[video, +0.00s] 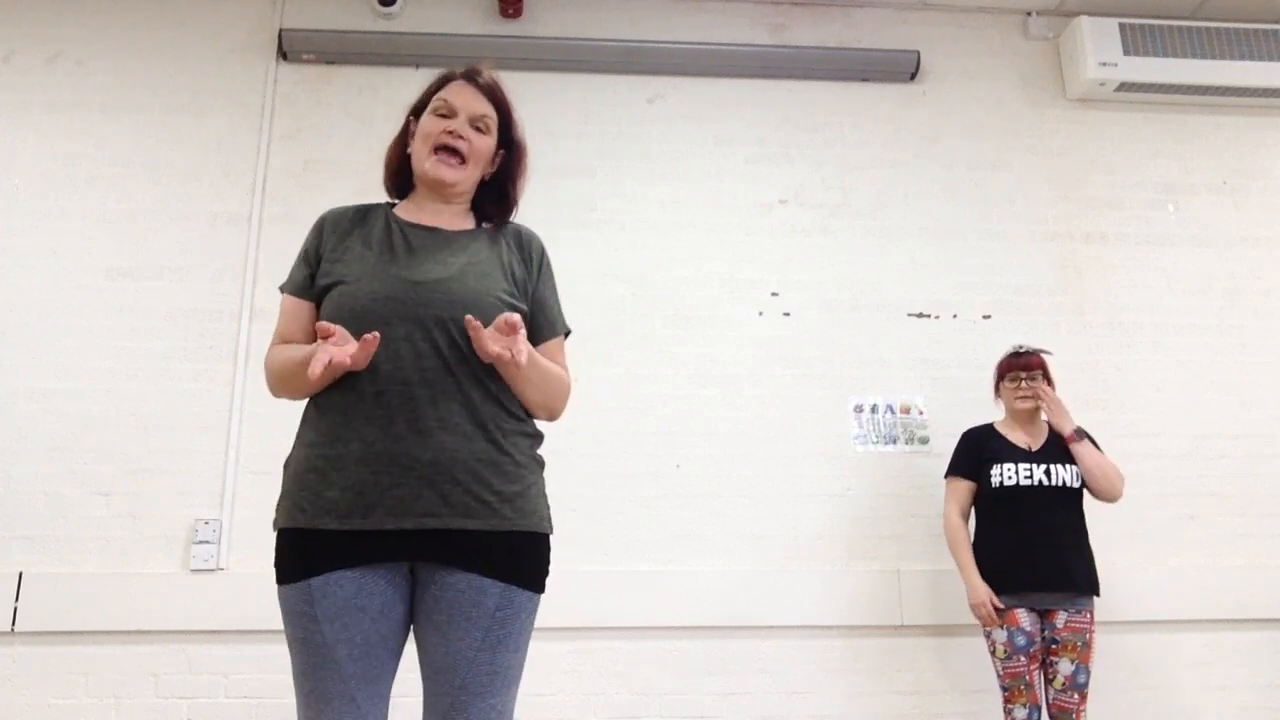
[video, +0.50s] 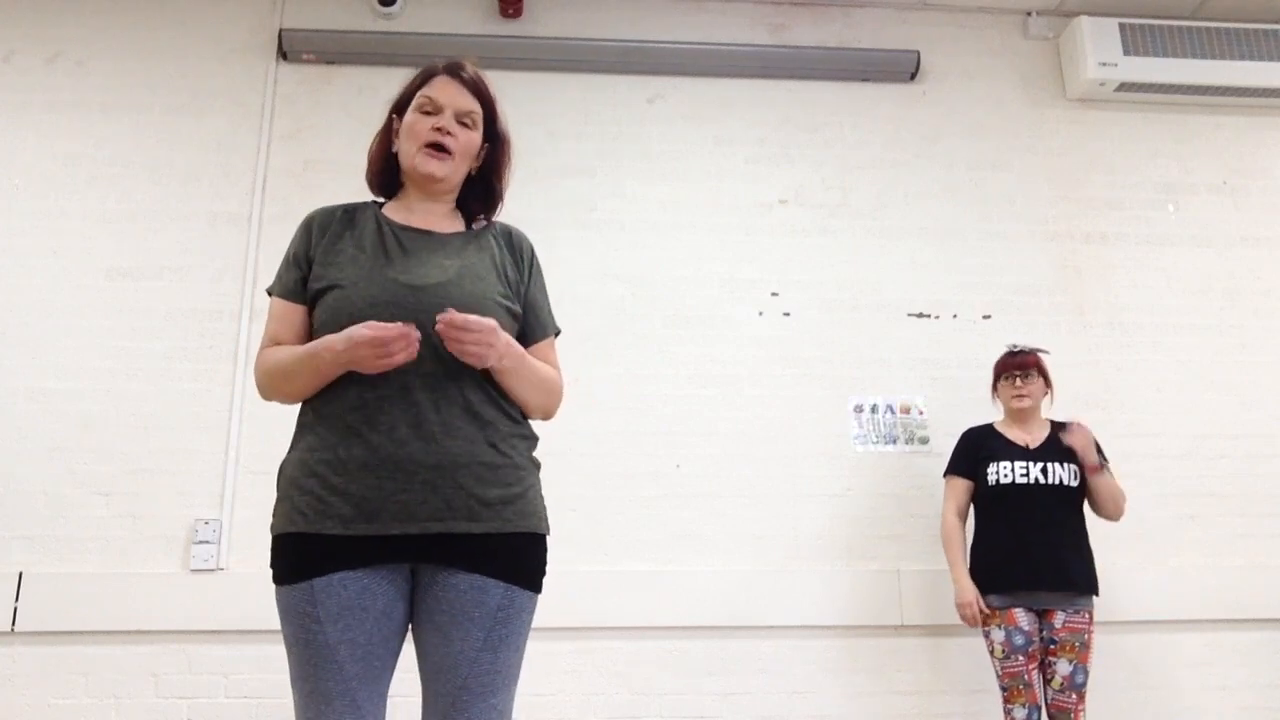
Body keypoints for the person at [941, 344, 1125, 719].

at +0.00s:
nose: (1023, 386)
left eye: (1034, 378)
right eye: (1013, 379)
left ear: (1049, 387)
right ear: (999, 389)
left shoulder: (1072, 439)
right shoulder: (978, 441)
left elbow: (1113, 489)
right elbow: (954, 517)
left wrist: (1069, 430)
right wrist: (973, 583)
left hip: (1072, 596)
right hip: (1006, 598)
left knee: (1069, 709)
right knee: (1022, 709)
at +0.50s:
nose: (1019, 384)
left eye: (1028, 376)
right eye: (1009, 378)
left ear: (1046, 387)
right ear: (997, 390)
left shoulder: (1074, 438)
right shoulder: (977, 441)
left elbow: (1113, 510)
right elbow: (953, 515)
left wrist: (1089, 456)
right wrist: (961, 583)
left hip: (1070, 596)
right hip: (1004, 598)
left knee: (1068, 709)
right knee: (1022, 709)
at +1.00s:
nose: (1018, 381)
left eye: (1027, 374)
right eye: (1008, 375)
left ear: (1045, 385)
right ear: (995, 387)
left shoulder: (1074, 436)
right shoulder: (975, 441)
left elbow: (1106, 511)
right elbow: (953, 516)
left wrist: (1116, 579)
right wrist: (969, 583)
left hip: (1075, 598)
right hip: (1007, 600)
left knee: (1070, 709)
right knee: (1024, 710)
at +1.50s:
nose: (1031, 388)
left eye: (1040, 381)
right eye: (1021, 380)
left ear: (1051, 388)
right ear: (1001, 386)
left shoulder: (1075, 437)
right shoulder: (977, 441)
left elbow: (1105, 503)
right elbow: (951, 515)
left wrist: (1112, 542)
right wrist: (978, 568)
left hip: (1076, 593)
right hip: (1009, 594)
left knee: (1074, 707)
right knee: (1029, 708)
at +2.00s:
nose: (1040, 396)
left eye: (1048, 389)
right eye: (1029, 387)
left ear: (1056, 392)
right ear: (1004, 387)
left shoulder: (1073, 436)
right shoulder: (976, 439)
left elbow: (1114, 507)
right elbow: (960, 506)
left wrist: (1089, 498)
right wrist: (1026, 491)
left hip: (1073, 592)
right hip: (1007, 594)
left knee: (1071, 706)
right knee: (1027, 707)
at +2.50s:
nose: (1027, 384)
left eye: (1037, 377)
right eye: (1017, 377)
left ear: (1050, 387)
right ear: (1001, 386)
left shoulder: (1077, 436)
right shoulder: (979, 439)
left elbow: (1116, 508)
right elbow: (957, 507)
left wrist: (1088, 506)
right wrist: (1026, 506)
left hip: (1072, 593)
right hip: (1005, 595)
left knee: (1069, 707)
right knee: (1025, 708)